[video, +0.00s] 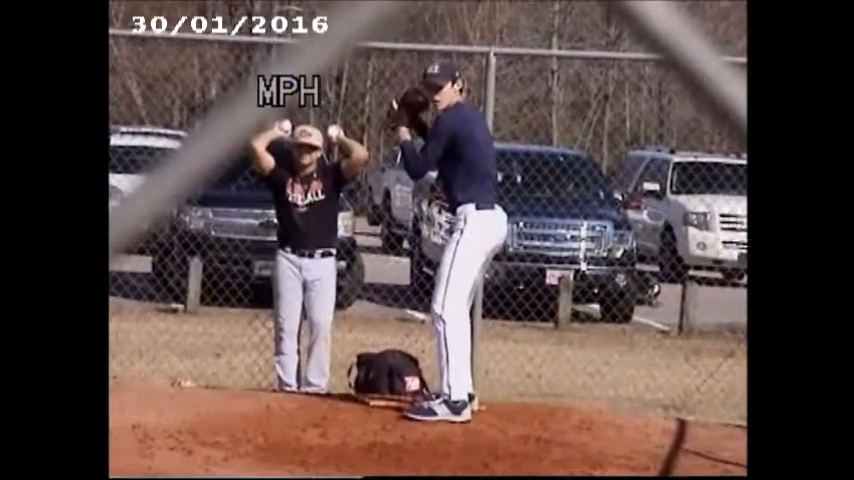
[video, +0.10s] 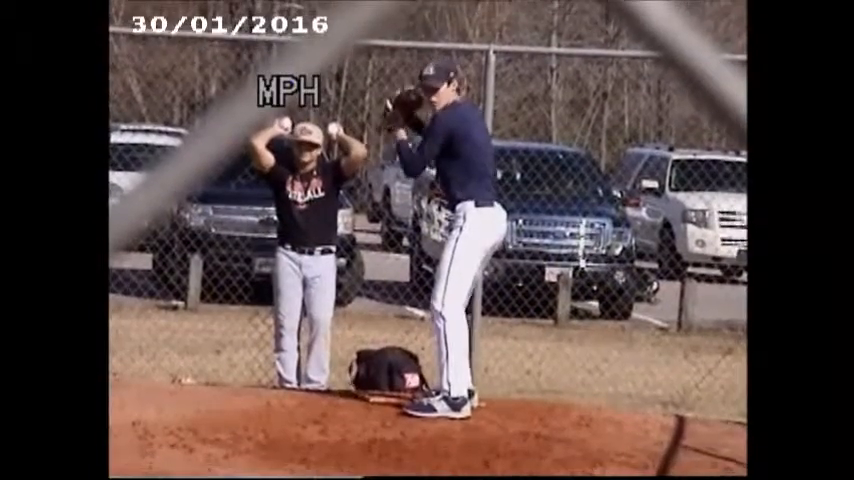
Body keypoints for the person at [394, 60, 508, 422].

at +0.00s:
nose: (432, 94)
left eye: (439, 87)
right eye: (430, 87)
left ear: (459, 86)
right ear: (447, 88)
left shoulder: (450, 119)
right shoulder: (470, 116)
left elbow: (417, 167)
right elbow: (435, 162)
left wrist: (404, 137)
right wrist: (414, 138)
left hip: (473, 218)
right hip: (487, 216)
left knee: (446, 307)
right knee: (456, 306)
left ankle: (455, 396)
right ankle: (461, 392)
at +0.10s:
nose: (429, 96)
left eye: (435, 89)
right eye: (427, 89)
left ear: (455, 86)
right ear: (447, 88)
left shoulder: (447, 118)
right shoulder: (469, 113)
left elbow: (414, 166)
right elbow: (434, 157)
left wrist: (400, 133)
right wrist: (415, 126)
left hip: (472, 216)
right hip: (488, 213)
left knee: (446, 304)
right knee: (452, 304)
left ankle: (455, 393)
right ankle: (461, 388)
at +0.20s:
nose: (429, 104)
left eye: (435, 97)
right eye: (427, 98)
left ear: (454, 93)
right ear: (441, 97)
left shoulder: (445, 124)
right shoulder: (469, 120)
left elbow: (411, 171)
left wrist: (398, 142)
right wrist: (415, 135)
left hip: (473, 220)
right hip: (487, 217)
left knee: (447, 309)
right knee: (440, 308)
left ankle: (455, 398)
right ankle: (458, 391)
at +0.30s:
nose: (428, 104)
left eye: (433, 96)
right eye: (426, 97)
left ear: (454, 92)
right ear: (450, 95)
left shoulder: (445, 123)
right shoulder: (470, 118)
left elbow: (407, 167)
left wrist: (397, 132)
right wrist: (417, 121)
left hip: (473, 216)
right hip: (490, 214)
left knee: (441, 301)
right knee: (445, 302)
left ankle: (454, 390)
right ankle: (460, 387)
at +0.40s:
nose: (427, 107)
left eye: (431, 100)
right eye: (424, 101)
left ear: (453, 93)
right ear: (455, 96)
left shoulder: (443, 125)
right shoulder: (475, 117)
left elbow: (406, 164)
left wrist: (399, 124)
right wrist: (418, 107)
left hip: (474, 216)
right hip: (496, 217)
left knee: (416, 288)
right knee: (447, 300)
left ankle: (441, 373)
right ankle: (461, 386)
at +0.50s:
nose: (424, 106)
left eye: (426, 100)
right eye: (421, 101)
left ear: (444, 90)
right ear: (448, 91)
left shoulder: (438, 122)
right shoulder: (474, 110)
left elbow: (398, 158)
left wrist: (406, 119)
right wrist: (420, 106)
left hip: (475, 212)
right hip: (499, 215)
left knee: (402, 255)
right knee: (457, 299)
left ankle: (440, 329)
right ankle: (459, 387)